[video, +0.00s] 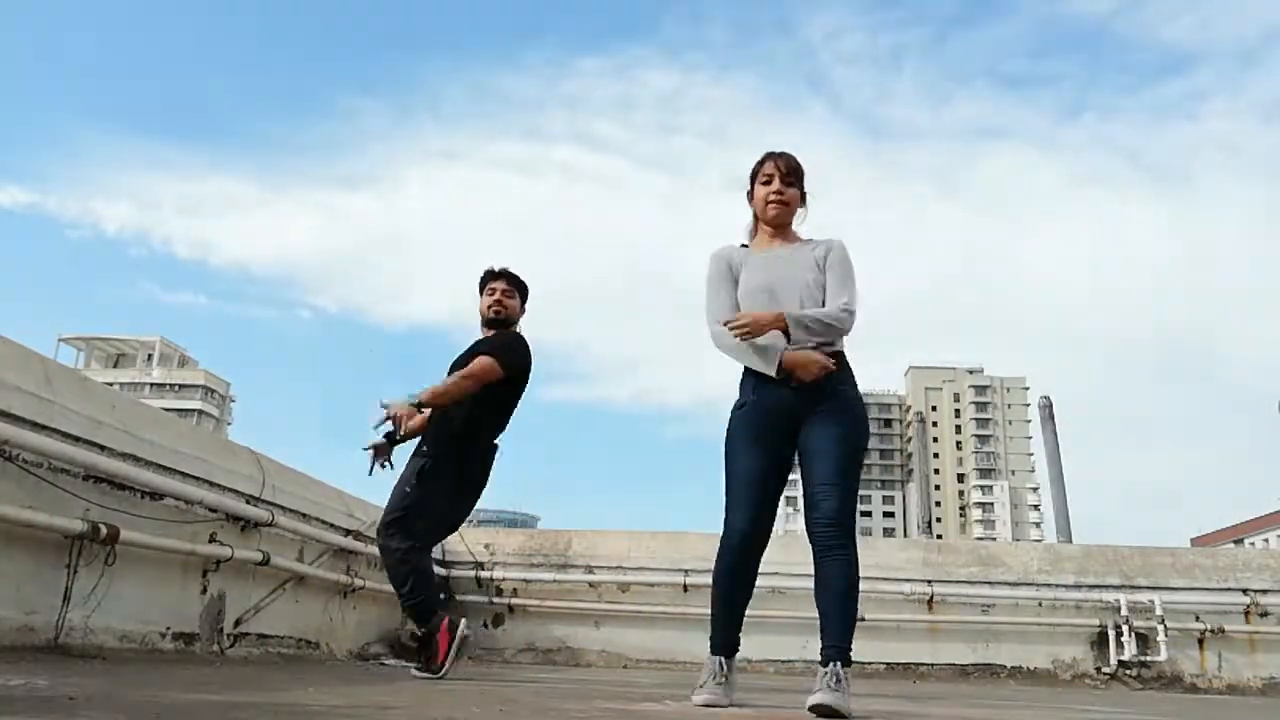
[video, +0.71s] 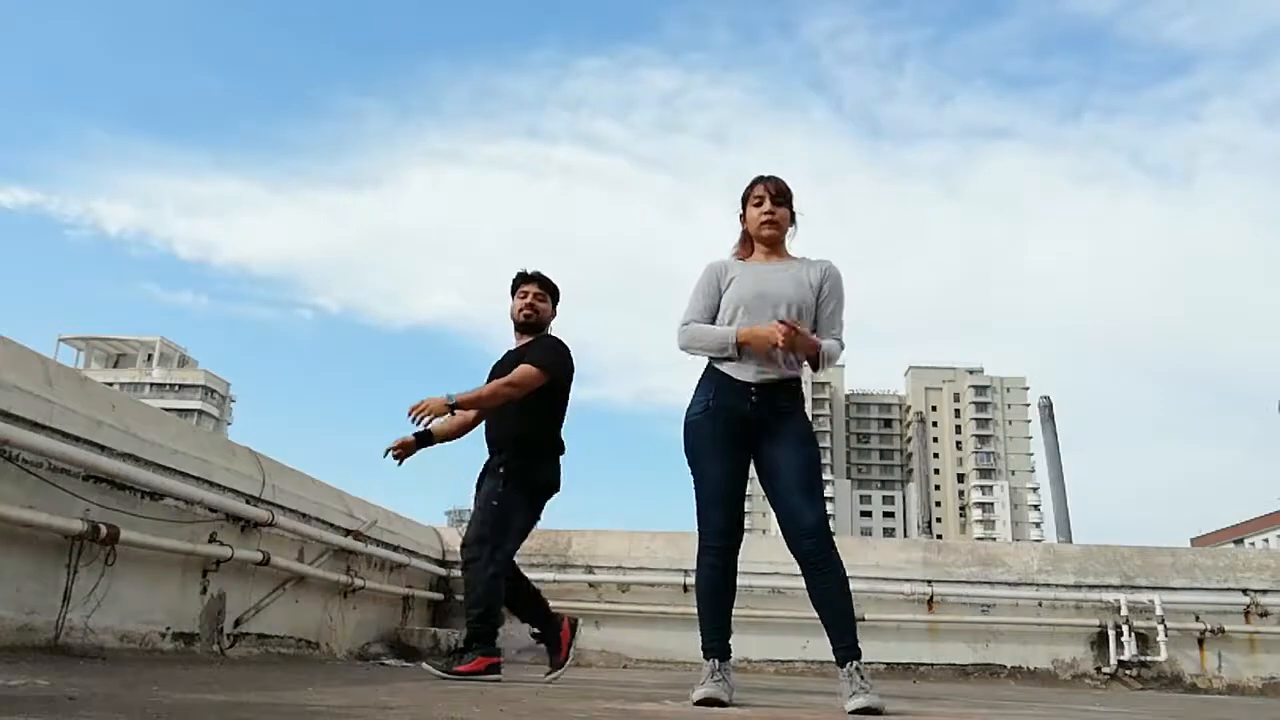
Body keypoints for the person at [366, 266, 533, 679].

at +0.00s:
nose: (498, 298)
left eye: (508, 294)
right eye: (491, 292)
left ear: (521, 308)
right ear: (480, 303)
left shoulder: (510, 345)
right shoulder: (479, 352)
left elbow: (469, 383)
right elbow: (441, 410)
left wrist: (417, 402)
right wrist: (393, 438)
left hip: (452, 460)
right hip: (446, 457)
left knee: (395, 534)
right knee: (409, 540)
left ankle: (435, 625)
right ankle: (432, 629)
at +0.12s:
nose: (504, 298)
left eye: (515, 295)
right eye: (498, 292)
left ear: (528, 310)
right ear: (487, 303)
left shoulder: (515, 344)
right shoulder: (489, 348)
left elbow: (497, 396)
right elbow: (460, 402)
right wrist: (422, 447)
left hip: (438, 458)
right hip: (434, 456)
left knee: (395, 539)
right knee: (409, 542)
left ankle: (436, 625)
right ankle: (432, 630)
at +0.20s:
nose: (506, 300)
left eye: (517, 297)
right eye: (500, 295)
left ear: (530, 313)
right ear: (489, 306)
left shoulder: (519, 343)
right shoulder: (493, 353)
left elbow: (523, 401)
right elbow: (497, 425)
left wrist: (528, 456)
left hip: (440, 456)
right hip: (451, 463)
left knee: (394, 538)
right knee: (410, 542)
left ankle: (433, 623)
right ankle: (431, 630)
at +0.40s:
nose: (517, 299)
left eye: (527, 296)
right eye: (511, 294)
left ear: (540, 311)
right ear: (500, 305)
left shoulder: (530, 342)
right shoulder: (502, 350)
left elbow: (528, 396)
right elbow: (482, 413)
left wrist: (520, 447)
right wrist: (484, 477)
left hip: (465, 458)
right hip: (449, 456)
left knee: (414, 537)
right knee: (408, 537)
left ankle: (453, 630)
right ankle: (439, 633)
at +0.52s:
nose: (523, 298)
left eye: (534, 295)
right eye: (516, 293)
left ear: (546, 311)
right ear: (505, 305)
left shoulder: (538, 346)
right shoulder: (503, 355)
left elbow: (510, 391)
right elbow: (476, 418)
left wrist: (468, 428)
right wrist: (440, 460)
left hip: (499, 465)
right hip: (474, 463)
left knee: (462, 548)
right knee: (426, 534)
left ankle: (478, 650)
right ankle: (472, 629)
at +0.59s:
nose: (526, 301)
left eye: (536, 298)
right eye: (519, 295)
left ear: (548, 312)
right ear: (508, 305)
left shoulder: (544, 350)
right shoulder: (504, 362)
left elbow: (507, 391)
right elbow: (471, 421)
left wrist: (455, 413)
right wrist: (423, 453)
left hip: (515, 468)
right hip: (489, 466)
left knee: (469, 549)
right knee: (445, 544)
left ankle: (481, 650)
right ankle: (515, 611)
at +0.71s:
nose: (530, 301)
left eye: (540, 298)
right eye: (523, 295)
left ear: (551, 312)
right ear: (511, 306)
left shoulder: (551, 351)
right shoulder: (505, 364)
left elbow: (509, 390)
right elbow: (469, 416)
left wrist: (451, 402)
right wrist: (419, 439)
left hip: (525, 469)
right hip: (503, 468)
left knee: (480, 550)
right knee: (488, 558)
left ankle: (482, 650)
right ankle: (552, 628)